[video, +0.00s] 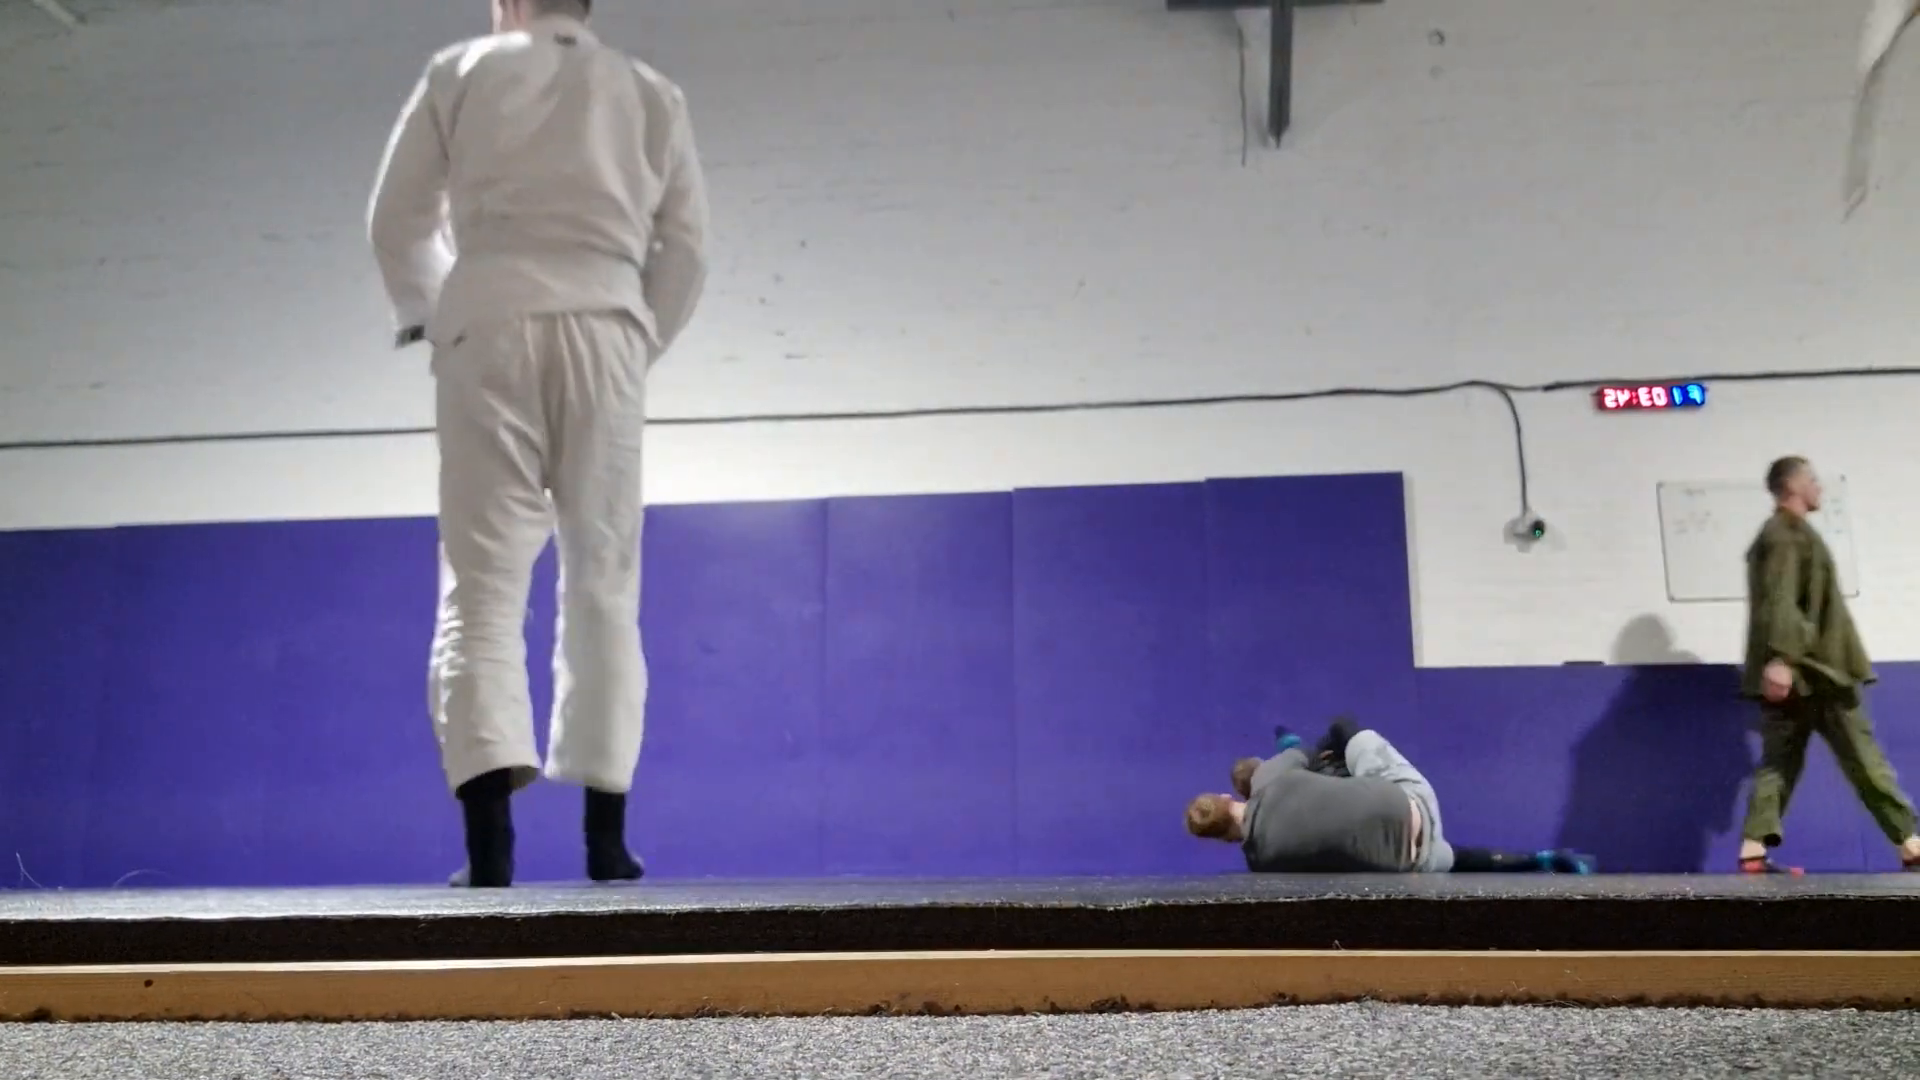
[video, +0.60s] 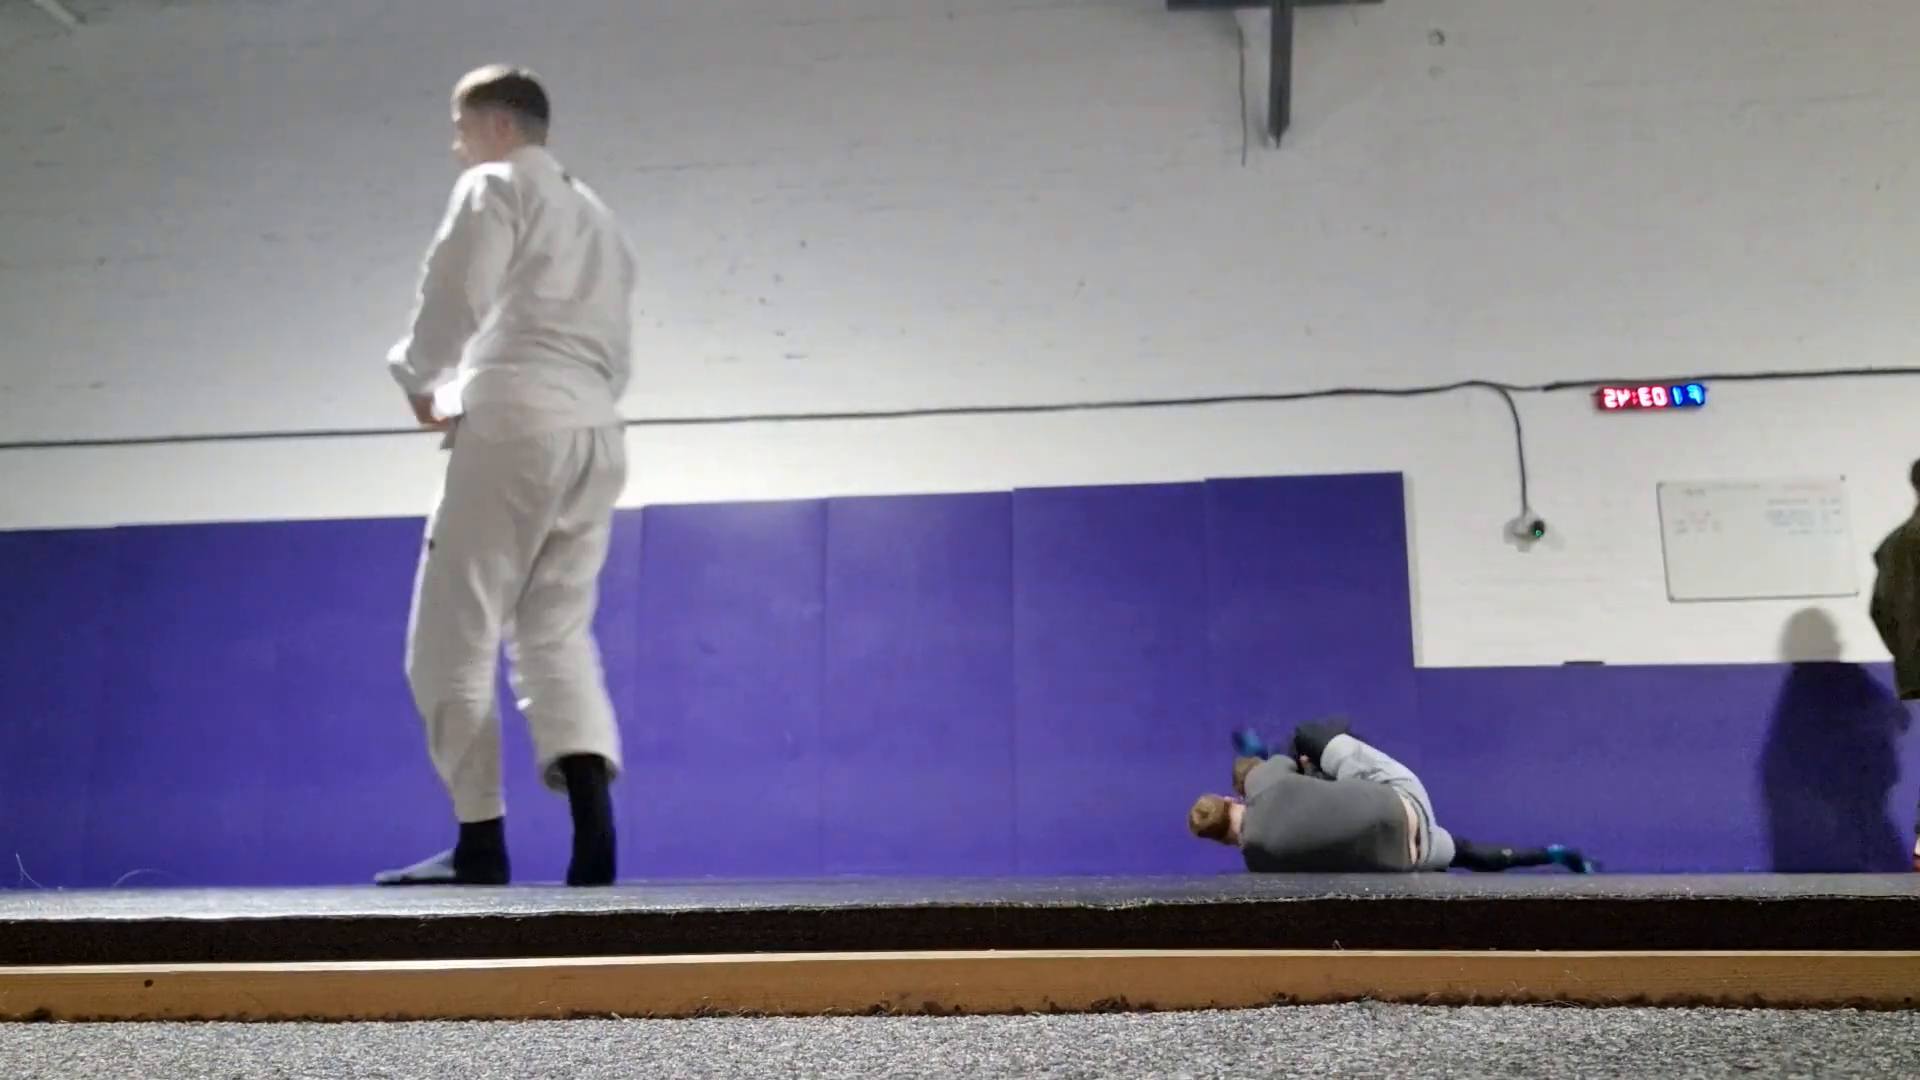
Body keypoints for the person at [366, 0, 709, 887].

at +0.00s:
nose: (492, 18)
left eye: (492, 10)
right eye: (499, 13)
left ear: (505, 8)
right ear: (587, 12)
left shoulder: (458, 72)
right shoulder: (652, 92)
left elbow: (396, 218)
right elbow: (685, 246)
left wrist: (436, 316)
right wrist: (635, 338)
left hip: (486, 323)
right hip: (606, 329)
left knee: (483, 579)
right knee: (604, 578)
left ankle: (488, 848)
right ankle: (607, 838)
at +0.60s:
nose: (458, 142)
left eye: (463, 126)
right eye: (458, 127)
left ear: (498, 121)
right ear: (535, 125)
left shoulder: (493, 185)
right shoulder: (601, 217)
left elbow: (457, 290)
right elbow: (610, 345)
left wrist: (415, 375)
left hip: (513, 418)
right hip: (599, 428)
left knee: (452, 630)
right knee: (556, 627)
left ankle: (479, 846)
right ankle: (595, 834)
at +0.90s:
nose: (441, 160)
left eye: (454, 145)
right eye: (437, 148)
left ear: (504, 149)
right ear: (466, 158)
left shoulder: (525, 216)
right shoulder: (482, 238)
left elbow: (527, 335)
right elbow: (471, 360)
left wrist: (450, 412)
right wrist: (433, 432)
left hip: (527, 457)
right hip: (504, 457)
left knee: (444, 651)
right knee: (456, 647)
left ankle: (484, 841)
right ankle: (502, 832)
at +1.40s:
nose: (515, 198)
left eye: (529, 188)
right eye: (503, 186)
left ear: (550, 204)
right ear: (478, 198)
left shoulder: (586, 293)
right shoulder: (436, 287)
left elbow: (618, 399)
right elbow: (389, 393)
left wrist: (589, 453)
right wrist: (402, 458)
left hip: (554, 500)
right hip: (465, 500)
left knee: (564, 678)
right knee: (451, 684)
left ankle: (564, 841)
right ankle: (476, 849)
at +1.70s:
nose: (562, 216)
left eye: (578, 205)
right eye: (550, 200)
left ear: (595, 217)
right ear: (525, 203)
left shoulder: (617, 304)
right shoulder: (476, 280)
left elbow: (643, 397)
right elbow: (426, 362)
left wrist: (653, 474)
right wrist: (494, 343)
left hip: (587, 504)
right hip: (499, 499)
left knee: (587, 674)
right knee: (474, 672)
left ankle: (568, 849)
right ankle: (477, 852)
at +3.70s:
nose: (621, 228)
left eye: (629, 218)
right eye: (609, 212)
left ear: (630, 229)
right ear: (566, 212)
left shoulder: (644, 314)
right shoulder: (502, 288)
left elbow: (683, 410)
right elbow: (452, 379)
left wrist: (660, 434)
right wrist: (509, 419)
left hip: (608, 508)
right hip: (521, 500)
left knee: (597, 673)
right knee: (489, 669)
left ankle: (569, 849)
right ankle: (480, 851)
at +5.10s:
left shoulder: (630, 290)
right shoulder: (509, 275)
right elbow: (455, 378)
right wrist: (510, 422)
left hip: (602, 488)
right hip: (519, 482)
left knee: (585, 661)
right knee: (484, 655)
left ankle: (574, 844)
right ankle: (480, 849)